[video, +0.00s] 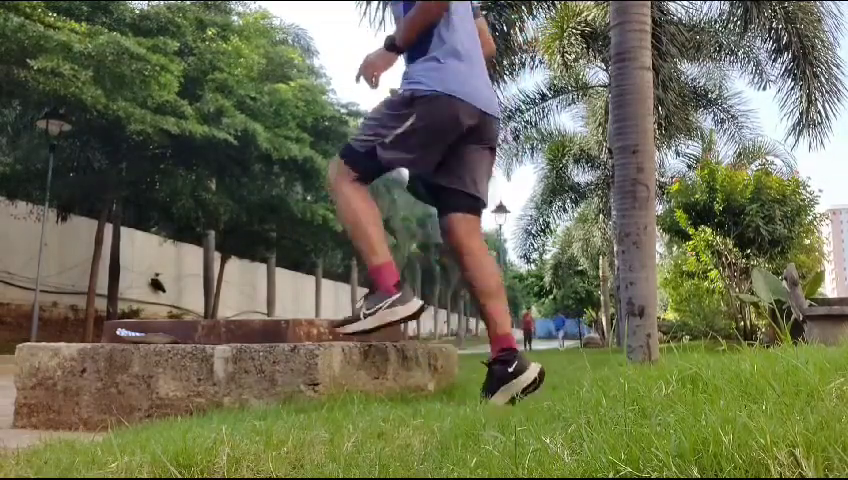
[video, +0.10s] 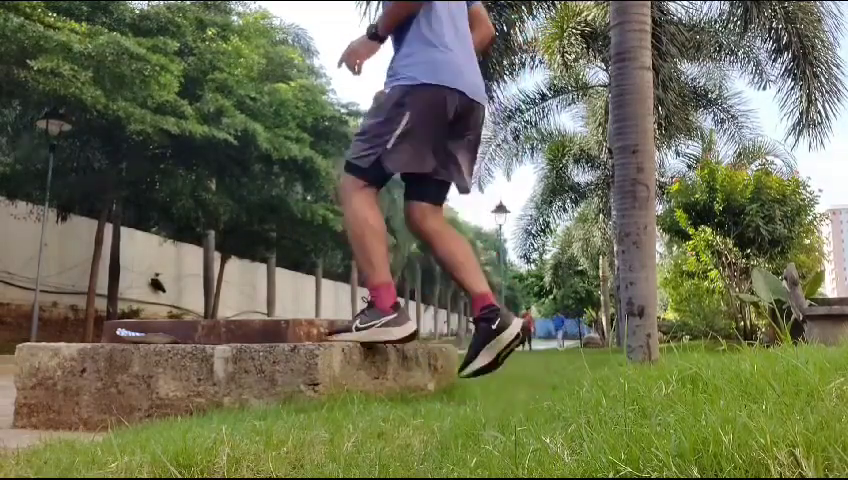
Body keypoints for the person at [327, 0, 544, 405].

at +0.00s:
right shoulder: (464, 5)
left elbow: (436, 4)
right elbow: (486, 44)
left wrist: (389, 49)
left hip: (436, 86)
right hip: (484, 101)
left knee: (345, 174)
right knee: (464, 232)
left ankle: (387, 290)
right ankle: (506, 357)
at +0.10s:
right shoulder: (463, 1)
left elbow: (409, 3)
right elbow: (485, 28)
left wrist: (374, 36)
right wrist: (444, 65)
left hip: (422, 75)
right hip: (471, 89)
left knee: (356, 186)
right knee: (424, 214)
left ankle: (385, 307)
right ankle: (490, 314)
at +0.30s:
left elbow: (366, 10)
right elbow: (492, 3)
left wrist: (353, 17)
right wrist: (463, 37)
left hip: (426, 50)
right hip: (470, 59)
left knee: (385, 176)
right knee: (415, 185)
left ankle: (411, 301)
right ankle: (418, 302)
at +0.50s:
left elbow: (381, 7)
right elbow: (512, 2)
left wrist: (376, 11)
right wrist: (475, 39)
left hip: (447, 63)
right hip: (479, 70)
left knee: (427, 202)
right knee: (398, 184)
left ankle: (478, 335)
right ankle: (426, 301)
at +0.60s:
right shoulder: (485, 3)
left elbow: (426, 6)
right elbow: (529, 26)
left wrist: (396, 44)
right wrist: (491, 81)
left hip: (453, 108)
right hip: (492, 113)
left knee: (459, 250)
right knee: (390, 203)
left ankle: (509, 378)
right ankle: (455, 294)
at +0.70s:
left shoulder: (423, 4)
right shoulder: (487, 5)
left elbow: (442, 9)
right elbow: (530, 37)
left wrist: (401, 68)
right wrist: (494, 101)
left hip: (453, 118)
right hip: (488, 121)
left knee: (462, 254)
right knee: (402, 231)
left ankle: (515, 382)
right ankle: (486, 315)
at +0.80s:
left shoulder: (427, 6)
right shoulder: (490, 4)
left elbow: (457, 3)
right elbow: (526, 34)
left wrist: (408, 51)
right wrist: (487, 85)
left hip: (448, 104)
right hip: (489, 114)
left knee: (426, 243)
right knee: (451, 246)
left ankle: (500, 365)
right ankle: (502, 362)